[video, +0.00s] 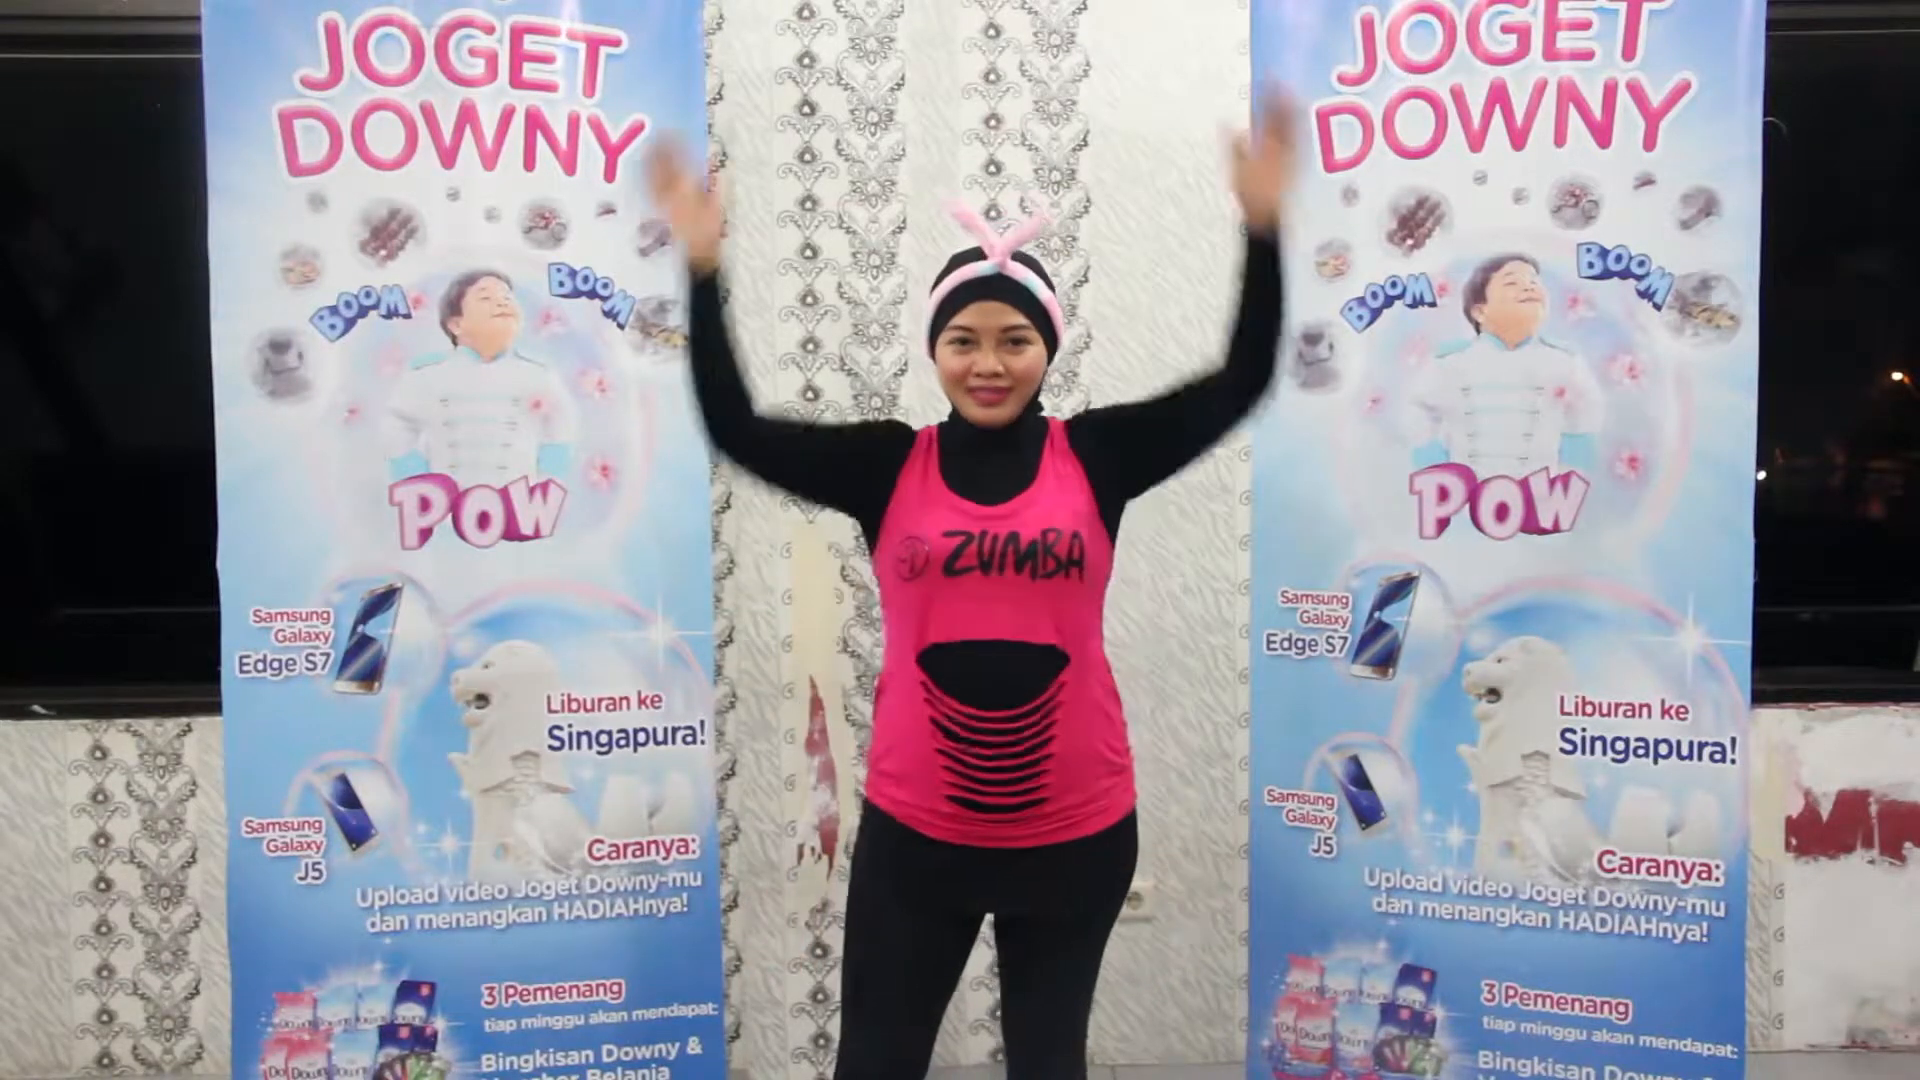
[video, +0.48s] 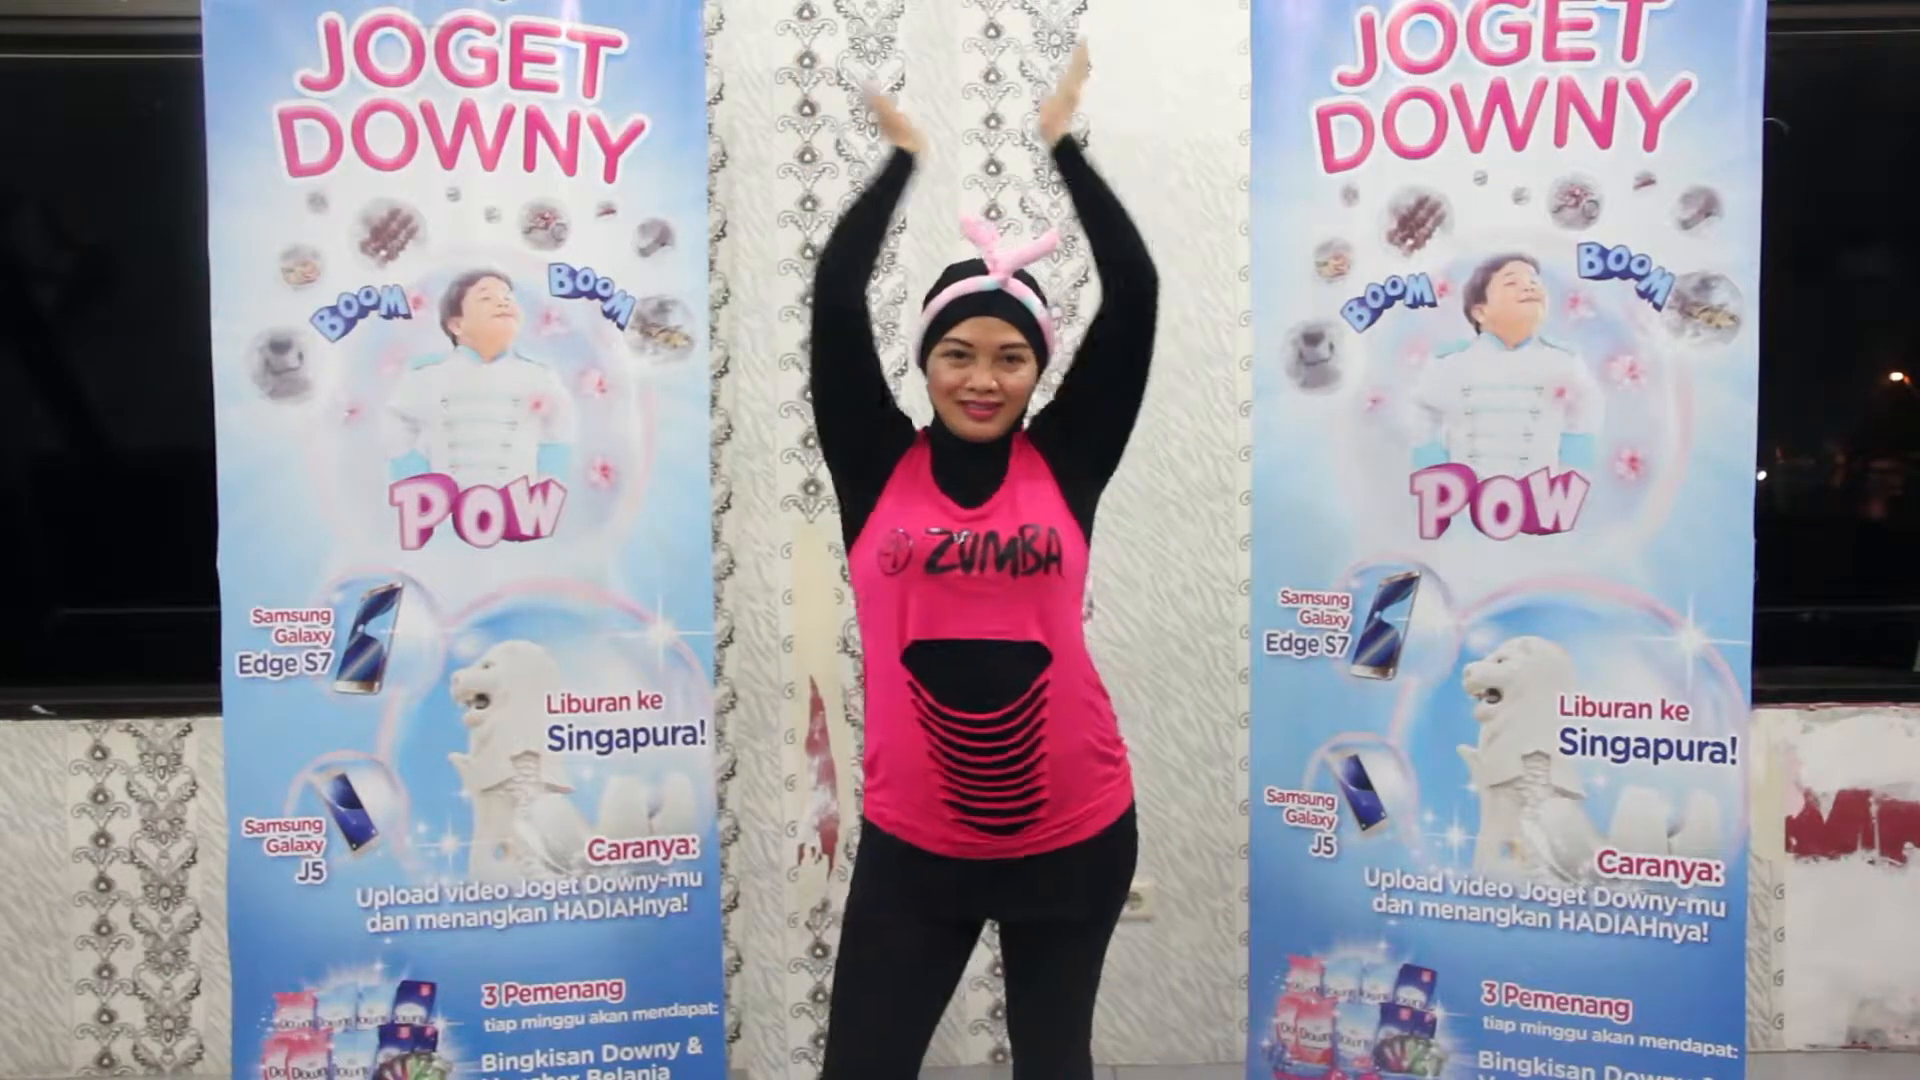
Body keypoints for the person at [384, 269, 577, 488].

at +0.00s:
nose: (501, 302)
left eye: (507, 296)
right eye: (484, 297)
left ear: (518, 313)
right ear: (454, 324)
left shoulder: (536, 376)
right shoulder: (422, 378)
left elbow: (559, 431)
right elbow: (393, 430)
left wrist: (544, 489)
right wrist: (415, 487)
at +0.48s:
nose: (503, 301)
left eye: (508, 296)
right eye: (485, 297)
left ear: (519, 314)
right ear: (454, 324)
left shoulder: (538, 377)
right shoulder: (423, 378)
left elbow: (558, 436)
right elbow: (393, 428)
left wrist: (545, 492)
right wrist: (415, 485)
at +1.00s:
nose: (502, 301)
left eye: (508, 295)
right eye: (484, 297)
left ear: (518, 313)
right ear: (454, 324)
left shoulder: (539, 376)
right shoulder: (424, 377)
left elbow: (558, 438)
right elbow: (390, 424)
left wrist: (545, 494)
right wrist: (414, 483)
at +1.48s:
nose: (502, 301)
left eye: (507, 295)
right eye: (484, 298)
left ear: (518, 313)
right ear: (454, 324)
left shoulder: (539, 376)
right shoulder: (423, 378)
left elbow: (558, 438)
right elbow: (391, 425)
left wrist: (545, 491)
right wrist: (413, 483)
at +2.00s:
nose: (502, 302)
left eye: (507, 296)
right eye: (484, 298)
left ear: (519, 314)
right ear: (454, 324)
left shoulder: (538, 377)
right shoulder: (422, 378)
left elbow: (559, 432)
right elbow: (392, 426)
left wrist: (546, 491)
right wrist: (413, 484)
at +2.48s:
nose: (503, 301)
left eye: (508, 296)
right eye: (484, 297)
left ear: (518, 314)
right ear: (455, 324)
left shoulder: (537, 377)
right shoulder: (422, 377)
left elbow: (559, 432)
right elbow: (392, 427)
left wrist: (545, 490)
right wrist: (414, 485)